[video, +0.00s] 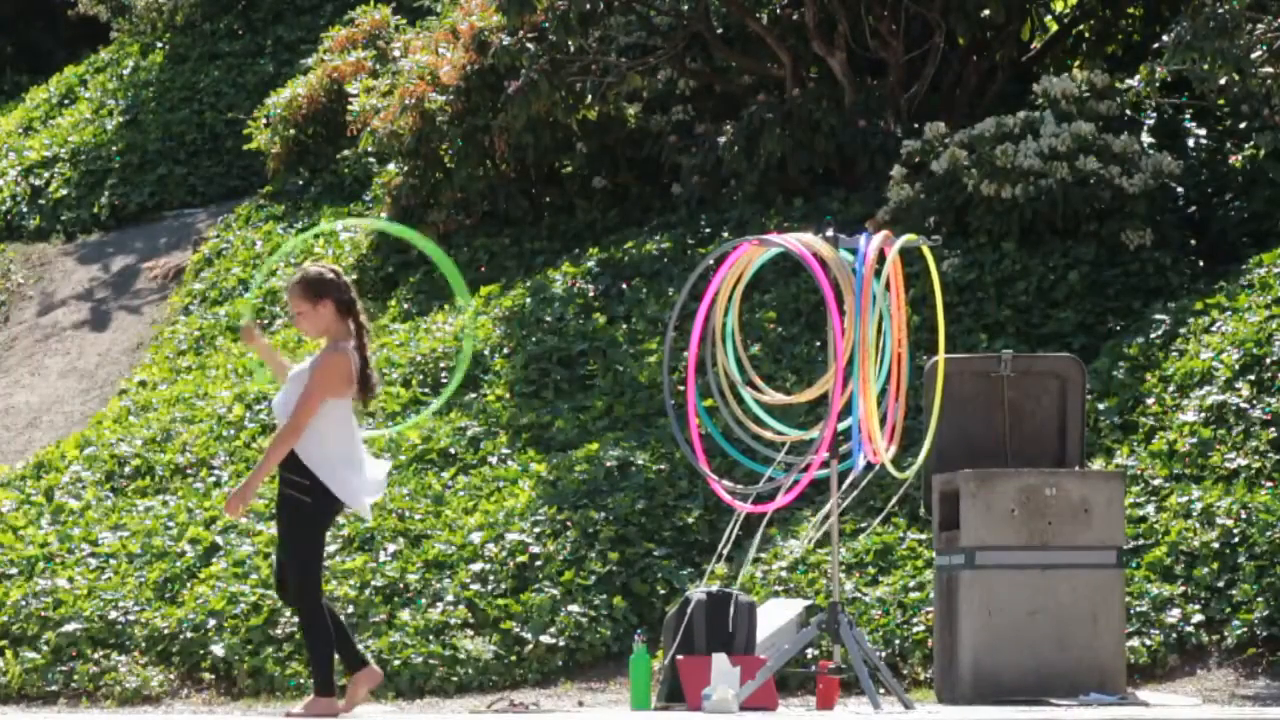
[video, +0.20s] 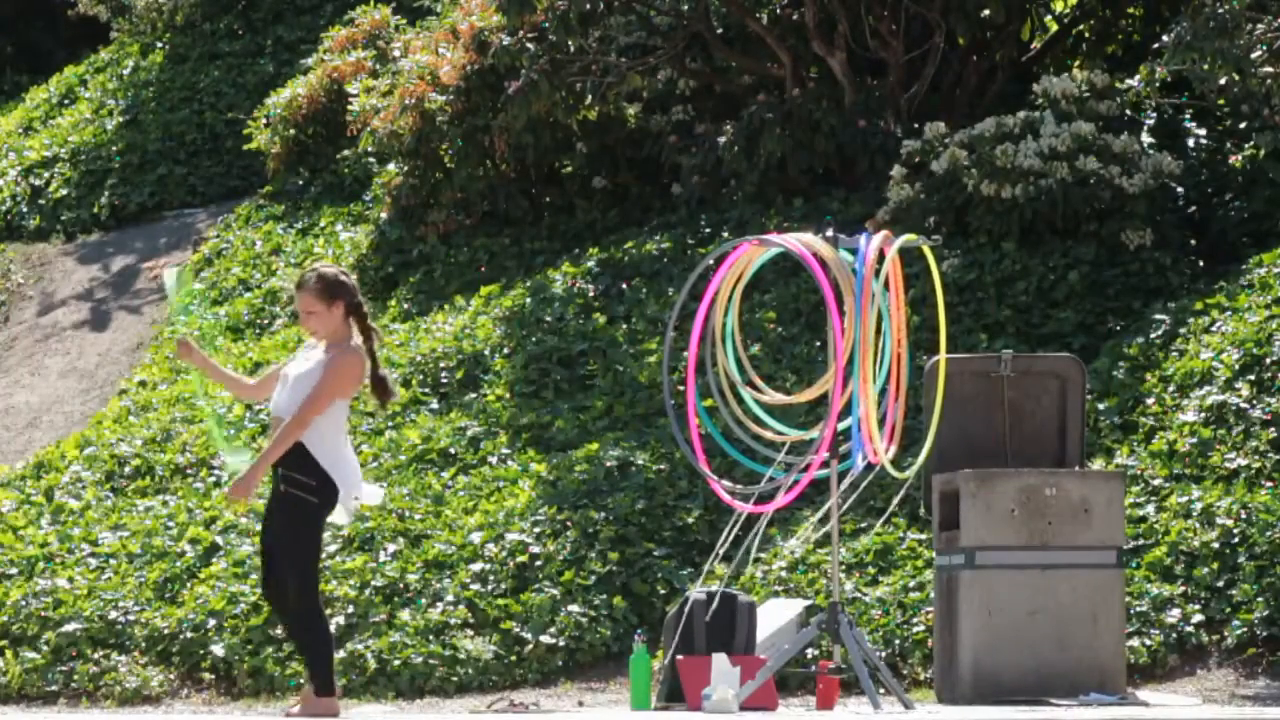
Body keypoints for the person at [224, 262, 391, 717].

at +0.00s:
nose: (295, 322)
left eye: (299, 313)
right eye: (292, 314)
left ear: (328, 307)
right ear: (326, 310)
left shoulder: (335, 359)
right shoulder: (333, 352)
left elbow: (295, 427)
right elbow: (296, 385)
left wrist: (250, 484)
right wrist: (262, 348)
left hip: (312, 482)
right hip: (305, 479)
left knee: (304, 586)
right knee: (289, 582)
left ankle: (324, 695)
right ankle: (360, 668)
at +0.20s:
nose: (303, 322)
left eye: (311, 313)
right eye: (300, 313)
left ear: (340, 308)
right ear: (304, 312)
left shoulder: (347, 358)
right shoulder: (314, 352)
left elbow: (302, 419)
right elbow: (252, 390)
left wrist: (255, 470)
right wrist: (200, 360)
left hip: (311, 474)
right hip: (291, 470)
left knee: (297, 585)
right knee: (276, 584)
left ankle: (325, 697)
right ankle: (318, 687)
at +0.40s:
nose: (305, 319)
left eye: (316, 311)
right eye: (301, 309)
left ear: (342, 311)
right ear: (297, 309)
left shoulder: (345, 361)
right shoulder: (292, 349)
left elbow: (296, 418)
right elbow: (238, 387)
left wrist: (242, 464)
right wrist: (197, 360)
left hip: (304, 472)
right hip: (275, 469)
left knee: (299, 585)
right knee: (263, 584)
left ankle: (325, 696)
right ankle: (275, 689)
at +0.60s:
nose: (296, 312)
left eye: (307, 306)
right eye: (292, 303)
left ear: (332, 310)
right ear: (288, 303)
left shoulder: (331, 359)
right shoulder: (278, 347)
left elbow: (283, 417)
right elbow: (231, 388)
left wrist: (229, 452)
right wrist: (223, 349)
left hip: (295, 476)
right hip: (261, 472)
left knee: (299, 587)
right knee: (248, 588)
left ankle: (325, 696)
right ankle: (248, 696)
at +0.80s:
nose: (284, 306)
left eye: (296, 301)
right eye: (281, 297)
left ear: (317, 310)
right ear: (274, 301)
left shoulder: (316, 354)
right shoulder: (260, 349)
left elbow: (272, 416)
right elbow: (223, 382)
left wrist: (214, 450)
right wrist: (234, 329)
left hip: (286, 476)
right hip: (249, 474)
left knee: (294, 588)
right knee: (248, 591)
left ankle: (324, 693)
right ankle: (247, 696)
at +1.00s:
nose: (273, 297)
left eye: (285, 292)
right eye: (269, 289)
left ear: (305, 302)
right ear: (262, 295)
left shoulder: (304, 349)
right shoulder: (246, 345)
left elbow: (264, 409)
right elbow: (215, 380)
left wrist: (207, 443)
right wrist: (221, 323)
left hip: (286, 474)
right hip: (245, 475)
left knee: (288, 586)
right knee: (246, 589)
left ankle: (311, 694)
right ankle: (248, 697)